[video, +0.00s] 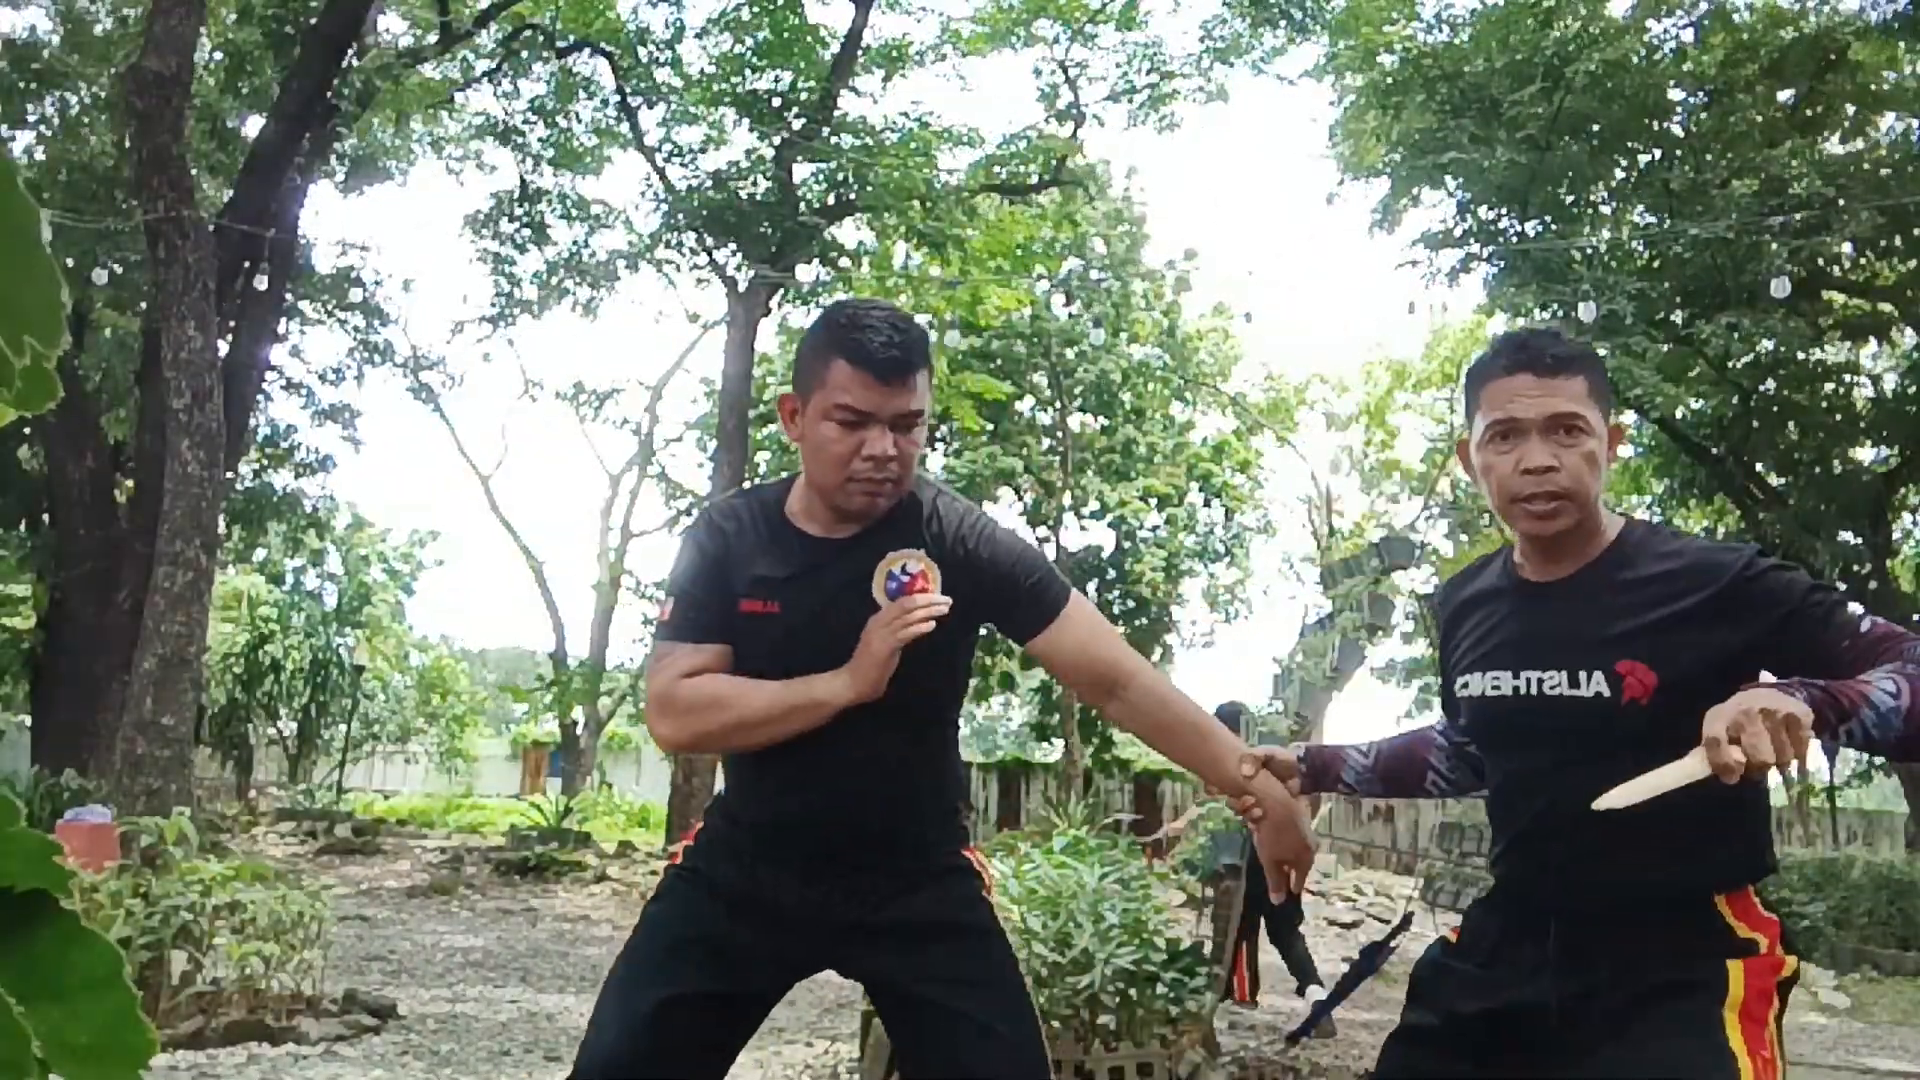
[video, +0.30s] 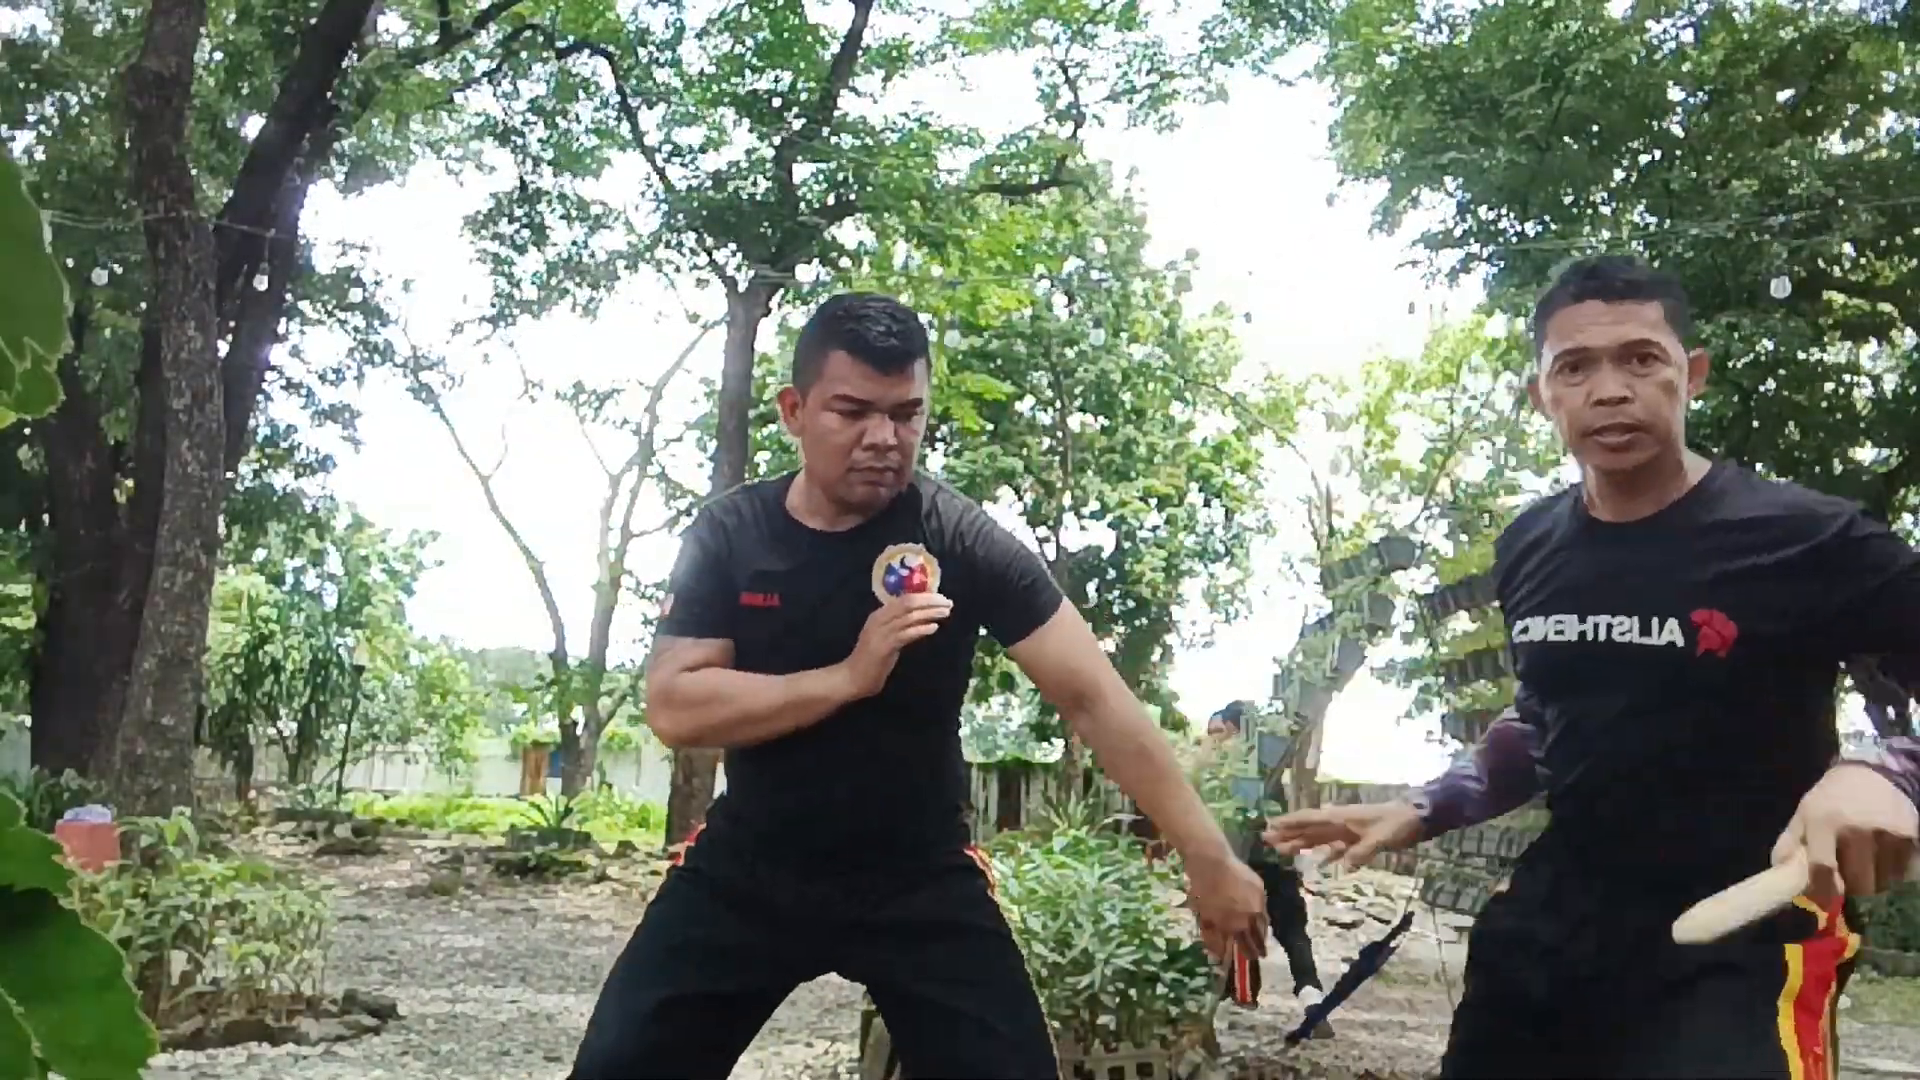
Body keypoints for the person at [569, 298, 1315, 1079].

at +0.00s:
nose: (883, 450)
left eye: (905, 425)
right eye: (853, 422)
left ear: (927, 422)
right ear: (793, 417)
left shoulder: (965, 548)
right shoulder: (726, 538)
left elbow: (1117, 680)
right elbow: (673, 715)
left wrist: (1258, 788)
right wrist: (842, 684)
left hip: (919, 885)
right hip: (747, 872)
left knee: (1005, 1070)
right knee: (616, 1064)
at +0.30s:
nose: (882, 438)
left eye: (904, 413)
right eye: (854, 411)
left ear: (926, 415)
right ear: (793, 410)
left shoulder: (969, 544)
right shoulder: (730, 531)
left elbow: (1094, 698)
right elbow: (675, 708)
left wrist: (1209, 856)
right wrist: (845, 678)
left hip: (923, 885)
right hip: (749, 873)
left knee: (1013, 1069)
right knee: (615, 1065)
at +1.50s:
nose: (956, 854)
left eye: (972, 844)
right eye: (970, 835)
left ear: (937, 786)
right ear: (944, 790)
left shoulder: (853, 856)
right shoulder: (810, 753)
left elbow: (829, 1003)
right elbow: (639, 783)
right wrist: (656, 936)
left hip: (670, 886)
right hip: (565, 852)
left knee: (751, 1035)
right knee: (594, 1050)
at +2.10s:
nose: (960, 669)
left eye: (970, 653)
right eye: (962, 643)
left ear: (918, 612)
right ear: (915, 608)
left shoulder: (851, 715)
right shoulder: (798, 633)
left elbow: (793, 827)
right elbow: (653, 724)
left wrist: (779, 943)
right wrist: (678, 881)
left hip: (682, 846)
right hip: (589, 808)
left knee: (739, 1032)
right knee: (632, 1022)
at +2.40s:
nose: (818, 432)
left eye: (824, 415)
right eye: (807, 405)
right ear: (738, 390)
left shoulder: (718, 508)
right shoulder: (662, 472)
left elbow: (666, 674)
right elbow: (586, 627)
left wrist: (712, 803)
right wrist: (710, 765)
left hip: (634, 808)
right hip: (578, 800)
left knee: (641, 1052)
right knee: (588, 1057)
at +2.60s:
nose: (760, 378)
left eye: (764, 358)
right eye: (747, 351)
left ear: (683, 345)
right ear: (676, 340)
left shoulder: (650, 451)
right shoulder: (618, 436)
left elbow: (605, 619)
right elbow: (607, 591)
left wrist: (686, 699)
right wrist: (757, 668)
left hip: (592, 785)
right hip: (550, 786)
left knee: (572, 1049)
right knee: (543, 1057)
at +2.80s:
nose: (734, 385)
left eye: (739, 367)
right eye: (721, 357)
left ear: (656, 354)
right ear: (648, 346)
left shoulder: (625, 459)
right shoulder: (589, 442)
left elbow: (579, 633)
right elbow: (568, 610)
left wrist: (679, 684)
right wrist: (710, 642)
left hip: (578, 788)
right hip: (536, 788)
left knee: (551, 1046)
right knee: (537, 1053)